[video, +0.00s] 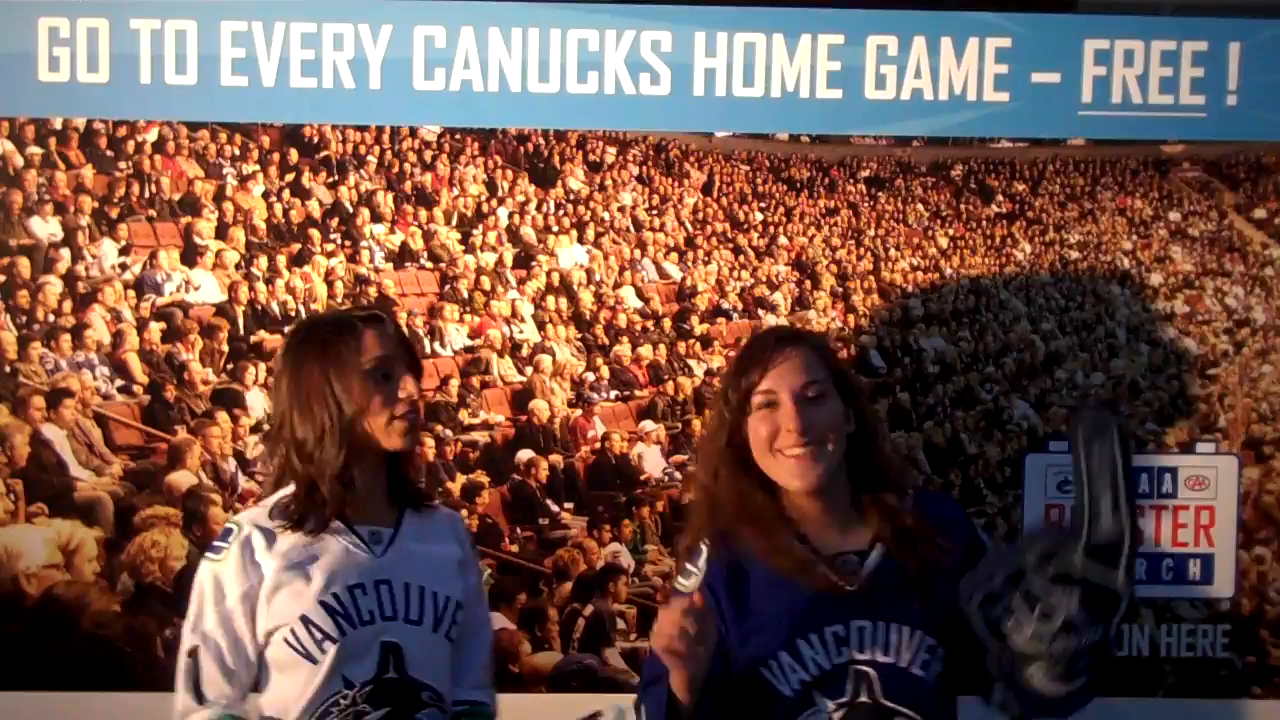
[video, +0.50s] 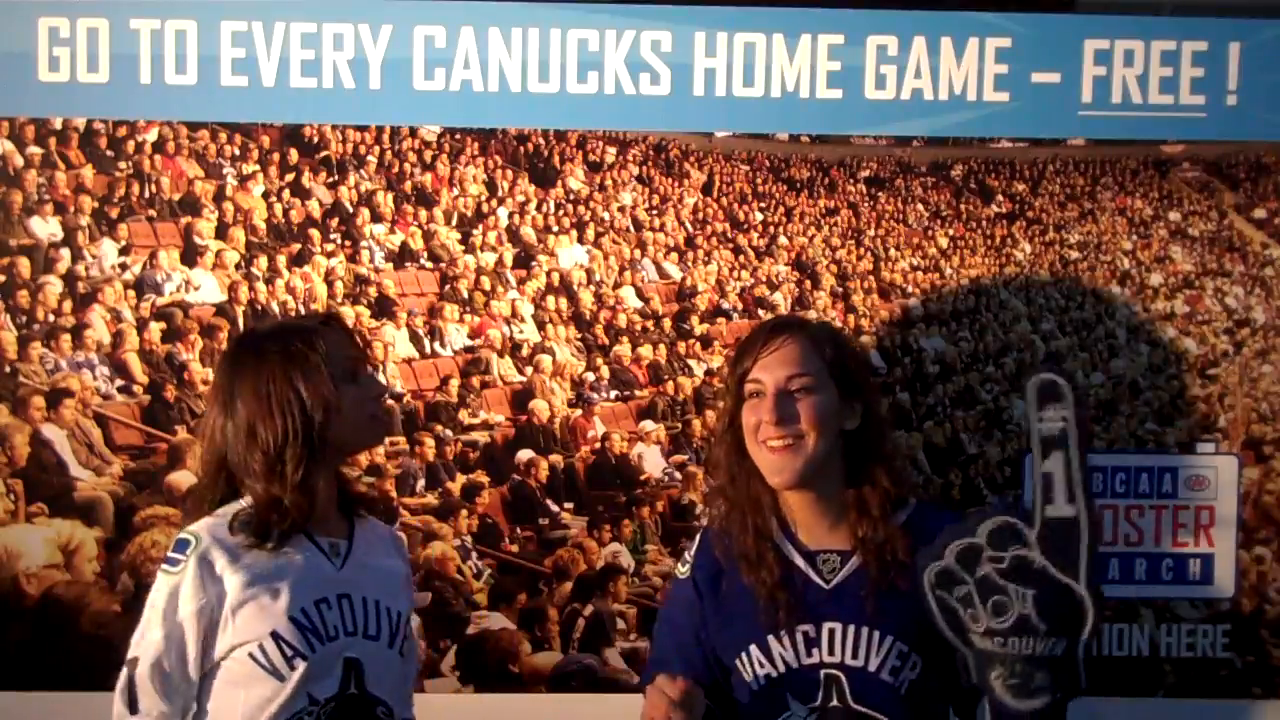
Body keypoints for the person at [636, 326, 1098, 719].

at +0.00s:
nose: (795, 422)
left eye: (812, 397)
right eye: (767, 404)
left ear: (846, 414)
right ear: (742, 432)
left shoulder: (933, 530)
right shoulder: (719, 563)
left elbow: (1024, 696)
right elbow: (664, 716)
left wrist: (1051, 648)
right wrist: (684, 683)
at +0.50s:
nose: (772, 413)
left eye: (798, 390)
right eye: (754, 394)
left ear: (849, 411)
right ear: (739, 421)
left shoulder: (931, 545)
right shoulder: (718, 556)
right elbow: (670, 680)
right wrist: (671, 707)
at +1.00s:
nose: (767, 411)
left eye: (795, 391)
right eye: (752, 392)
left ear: (844, 412)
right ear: (736, 415)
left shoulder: (924, 552)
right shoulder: (716, 558)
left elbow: (995, 693)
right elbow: (687, 702)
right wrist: (655, 701)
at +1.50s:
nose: (747, 414)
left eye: (774, 395)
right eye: (732, 401)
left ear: (831, 420)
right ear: (719, 428)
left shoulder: (918, 556)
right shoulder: (706, 562)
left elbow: (991, 691)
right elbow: (669, 705)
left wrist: (924, 711)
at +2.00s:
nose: (746, 431)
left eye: (774, 414)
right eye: (730, 409)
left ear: (814, 445)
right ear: (705, 432)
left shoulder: (895, 550)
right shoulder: (691, 589)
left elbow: (977, 678)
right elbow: (698, 717)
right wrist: (634, 714)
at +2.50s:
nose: (774, 410)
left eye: (801, 392)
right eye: (785, 392)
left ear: (875, 428)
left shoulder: (954, 563)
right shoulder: (745, 536)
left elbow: (1064, 692)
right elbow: (672, 633)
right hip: (745, 711)